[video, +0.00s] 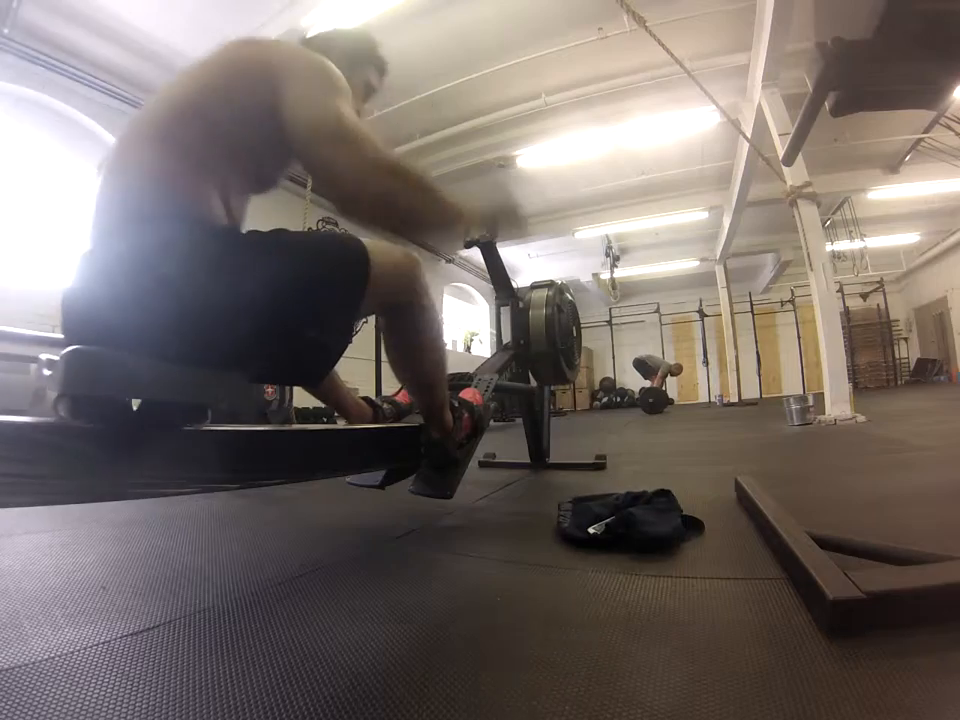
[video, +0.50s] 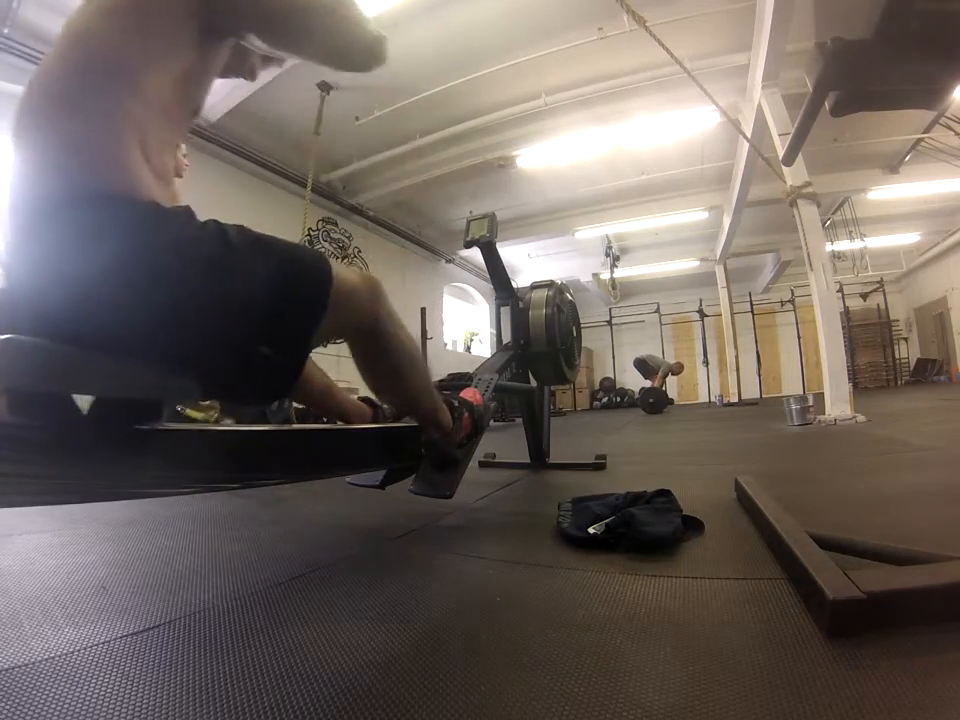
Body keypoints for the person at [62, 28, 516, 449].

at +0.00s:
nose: (362, 115)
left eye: (370, 102)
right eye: (366, 93)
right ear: (342, 61)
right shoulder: (298, 66)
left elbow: (242, 279)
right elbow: (360, 178)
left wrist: (341, 401)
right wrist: (463, 218)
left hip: (100, 294)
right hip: (170, 279)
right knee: (401, 274)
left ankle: (359, 409)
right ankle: (442, 426)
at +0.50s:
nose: (262, 74)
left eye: (269, 69)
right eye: (266, 59)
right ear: (250, 18)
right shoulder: (200, 7)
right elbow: (366, 49)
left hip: (41, 259)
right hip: (119, 247)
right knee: (362, 296)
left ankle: (362, 421)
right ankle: (443, 430)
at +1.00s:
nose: (223, 57)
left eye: (223, 53)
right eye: (219, 43)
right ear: (197, 11)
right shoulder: (173, 5)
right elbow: (337, 47)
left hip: (20, 228)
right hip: (89, 224)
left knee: (269, 364)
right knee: (333, 333)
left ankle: (368, 432)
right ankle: (449, 426)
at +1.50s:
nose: (330, 112)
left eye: (334, 101)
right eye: (334, 96)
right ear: (323, 65)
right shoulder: (289, 56)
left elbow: (252, 246)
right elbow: (400, 190)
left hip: (73, 292)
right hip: (167, 279)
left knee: (267, 307)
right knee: (378, 285)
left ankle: (358, 411)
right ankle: (447, 427)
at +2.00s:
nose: (408, 176)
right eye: (410, 163)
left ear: (356, 119)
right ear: (401, 141)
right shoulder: (398, 151)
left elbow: (350, 294)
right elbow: (487, 275)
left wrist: (427, 352)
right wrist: (474, 350)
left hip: (152, 318)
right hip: (248, 303)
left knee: (311, 281)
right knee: (421, 264)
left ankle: (363, 412)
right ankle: (442, 426)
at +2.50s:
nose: (398, 143)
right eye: (394, 133)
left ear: (330, 99)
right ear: (381, 118)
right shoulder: (374, 128)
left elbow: (319, 262)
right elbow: (465, 255)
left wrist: (405, 343)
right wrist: (464, 351)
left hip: (147, 323)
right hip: (238, 303)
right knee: (423, 263)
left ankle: (363, 418)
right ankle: (443, 426)